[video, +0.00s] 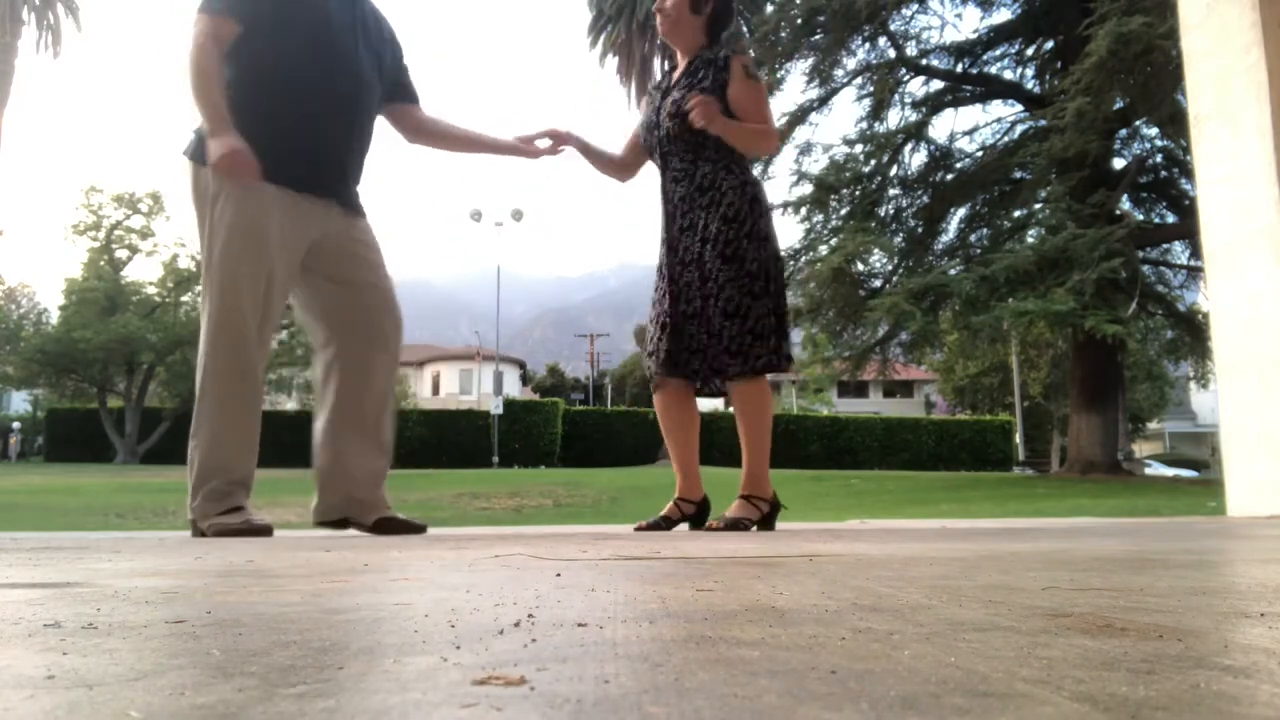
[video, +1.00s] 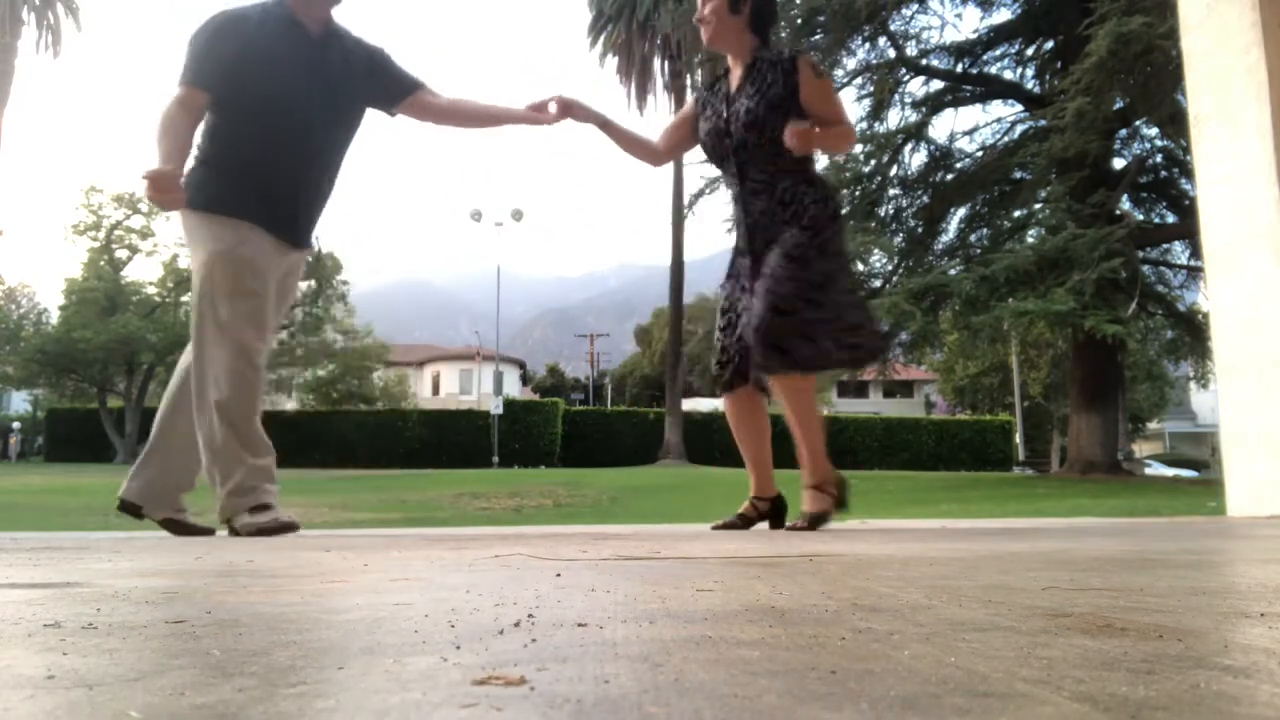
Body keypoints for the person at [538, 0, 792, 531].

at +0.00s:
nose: (657, 9)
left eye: (668, 1)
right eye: (658, 2)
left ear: (702, 9)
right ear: (671, 14)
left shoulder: (731, 65)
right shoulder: (664, 91)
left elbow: (767, 141)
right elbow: (623, 166)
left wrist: (719, 123)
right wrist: (576, 142)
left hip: (733, 227)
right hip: (682, 235)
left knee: (743, 359)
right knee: (668, 364)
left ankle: (758, 495)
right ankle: (689, 496)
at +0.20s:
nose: (661, 10)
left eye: (671, 2)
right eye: (659, 4)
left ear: (705, 5)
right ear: (665, 13)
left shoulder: (736, 62)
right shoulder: (657, 83)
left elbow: (782, 131)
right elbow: (604, 144)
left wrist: (762, 80)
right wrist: (560, 98)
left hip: (727, 221)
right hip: (674, 227)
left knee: (729, 348)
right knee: (668, 361)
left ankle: (767, 484)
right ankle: (687, 494)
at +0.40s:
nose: (679, 11)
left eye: (689, 2)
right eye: (680, 4)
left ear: (721, 11)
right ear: (703, 18)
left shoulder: (763, 73)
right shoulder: (686, 95)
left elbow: (791, 151)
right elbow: (629, 159)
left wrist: (757, 125)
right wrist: (583, 130)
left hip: (735, 242)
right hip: (681, 243)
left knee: (742, 367)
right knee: (666, 367)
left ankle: (813, 483)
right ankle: (684, 496)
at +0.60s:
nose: (688, 10)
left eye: (699, 1)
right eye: (689, 3)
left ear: (734, 7)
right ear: (707, 15)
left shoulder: (779, 58)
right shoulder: (703, 96)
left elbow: (832, 121)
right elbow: (640, 146)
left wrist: (769, 133)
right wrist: (563, 117)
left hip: (795, 228)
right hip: (744, 237)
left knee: (783, 352)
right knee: (696, 357)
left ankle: (833, 490)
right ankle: (684, 489)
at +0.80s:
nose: (697, 13)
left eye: (709, 4)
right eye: (698, 6)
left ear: (741, 13)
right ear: (713, 22)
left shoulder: (790, 69)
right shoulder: (708, 106)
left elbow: (845, 129)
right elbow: (658, 165)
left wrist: (802, 147)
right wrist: (588, 143)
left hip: (830, 224)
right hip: (776, 241)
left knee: (826, 343)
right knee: (735, 355)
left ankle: (846, 492)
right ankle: (747, 488)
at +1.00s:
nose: (698, 13)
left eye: (709, 4)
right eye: (699, 5)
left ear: (742, 12)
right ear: (719, 17)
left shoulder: (794, 69)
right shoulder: (712, 98)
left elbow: (844, 134)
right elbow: (657, 152)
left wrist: (814, 136)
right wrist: (589, 115)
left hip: (806, 225)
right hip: (753, 238)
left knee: (771, 335)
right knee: (733, 363)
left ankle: (821, 479)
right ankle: (765, 495)